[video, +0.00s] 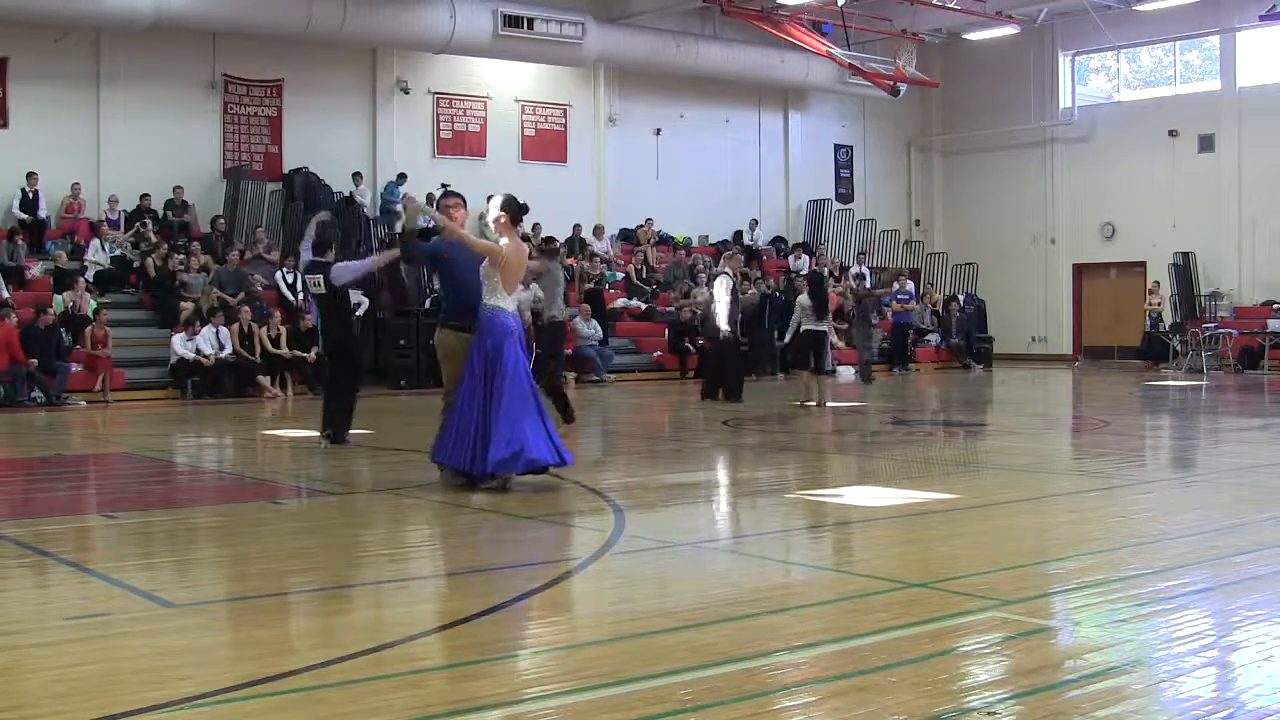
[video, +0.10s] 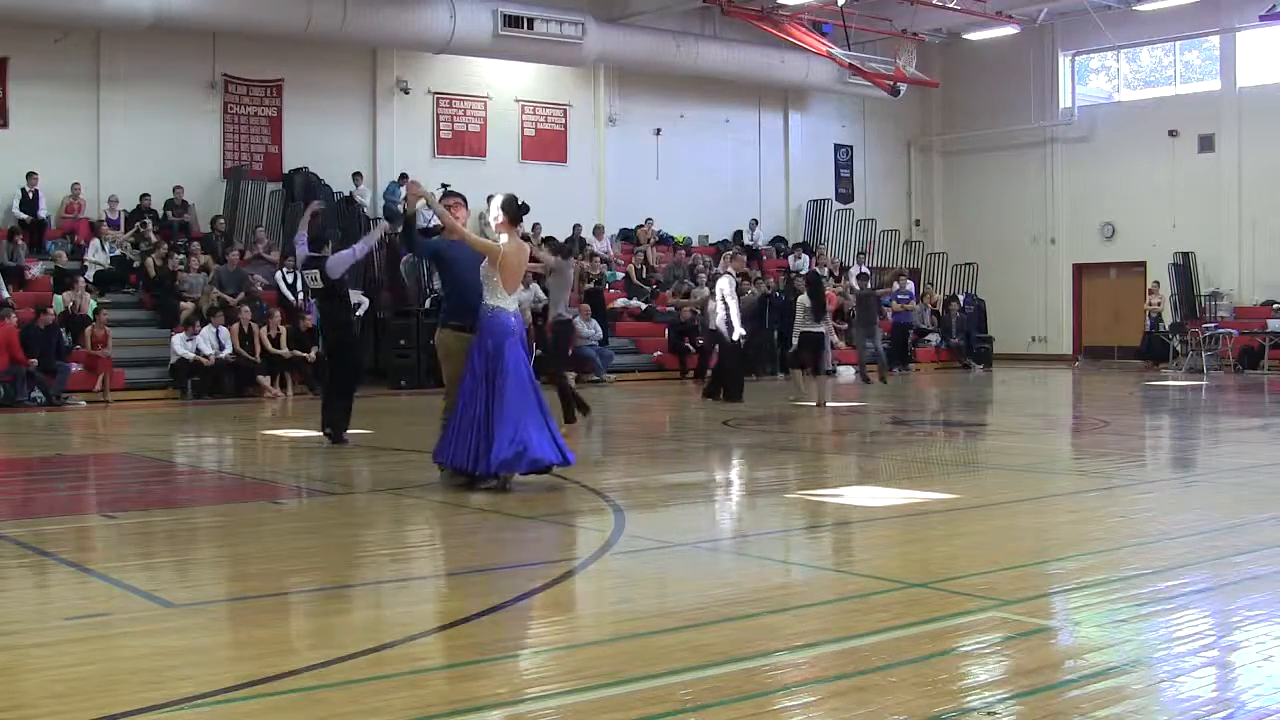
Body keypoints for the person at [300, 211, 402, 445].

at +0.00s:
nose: (337, 251)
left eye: (334, 248)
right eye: (335, 248)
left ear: (313, 250)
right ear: (331, 250)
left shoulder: (308, 269)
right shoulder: (336, 271)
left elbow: (306, 243)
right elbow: (371, 263)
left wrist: (314, 221)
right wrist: (401, 251)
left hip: (327, 332)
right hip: (343, 332)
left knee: (334, 378)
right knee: (348, 379)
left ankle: (328, 427)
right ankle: (338, 432)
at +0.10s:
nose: (332, 245)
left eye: (329, 242)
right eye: (331, 243)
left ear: (313, 246)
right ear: (327, 247)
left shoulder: (306, 262)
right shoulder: (333, 263)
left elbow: (301, 239)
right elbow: (359, 249)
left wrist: (307, 213)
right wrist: (379, 229)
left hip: (326, 325)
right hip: (341, 326)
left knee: (333, 371)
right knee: (346, 373)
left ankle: (328, 421)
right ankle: (338, 428)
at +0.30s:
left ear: (302, 235)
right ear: (321, 236)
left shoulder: (301, 257)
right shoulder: (321, 258)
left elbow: (291, 232)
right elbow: (339, 229)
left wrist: (300, 211)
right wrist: (332, 207)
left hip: (323, 319)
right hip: (336, 320)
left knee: (325, 370)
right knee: (340, 372)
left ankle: (299, 418)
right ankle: (337, 427)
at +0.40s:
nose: (325, 243)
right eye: (321, 241)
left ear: (305, 249)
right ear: (314, 246)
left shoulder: (306, 263)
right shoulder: (314, 261)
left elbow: (288, 253)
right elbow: (322, 237)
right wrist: (324, 211)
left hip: (322, 323)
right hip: (331, 323)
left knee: (314, 374)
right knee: (338, 375)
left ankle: (288, 418)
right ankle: (337, 426)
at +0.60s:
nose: (313, 263)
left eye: (312, 259)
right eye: (311, 259)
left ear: (292, 259)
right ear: (303, 259)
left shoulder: (284, 275)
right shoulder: (301, 276)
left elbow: (266, 289)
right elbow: (292, 295)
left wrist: (261, 284)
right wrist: (280, 311)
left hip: (297, 340)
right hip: (308, 341)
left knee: (297, 388)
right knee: (334, 379)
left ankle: (274, 431)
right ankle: (335, 428)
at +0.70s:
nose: (306, 271)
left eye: (305, 266)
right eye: (303, 266)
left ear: (287, 267)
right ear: (295, 267)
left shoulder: (282, 282)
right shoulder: (292, 286)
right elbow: (277, 317)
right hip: (298, 348)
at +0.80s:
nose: (297, 276)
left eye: (297, 273)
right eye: (295, 273)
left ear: (281, 274)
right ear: (284, 274)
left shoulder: (277, 290)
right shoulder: (285, 292)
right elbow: (296, 326)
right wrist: (306, 324)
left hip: (276, 350)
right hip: (284, 351)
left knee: (299, 393)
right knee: (315, 386)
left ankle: (273, 432)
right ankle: (310, 432)